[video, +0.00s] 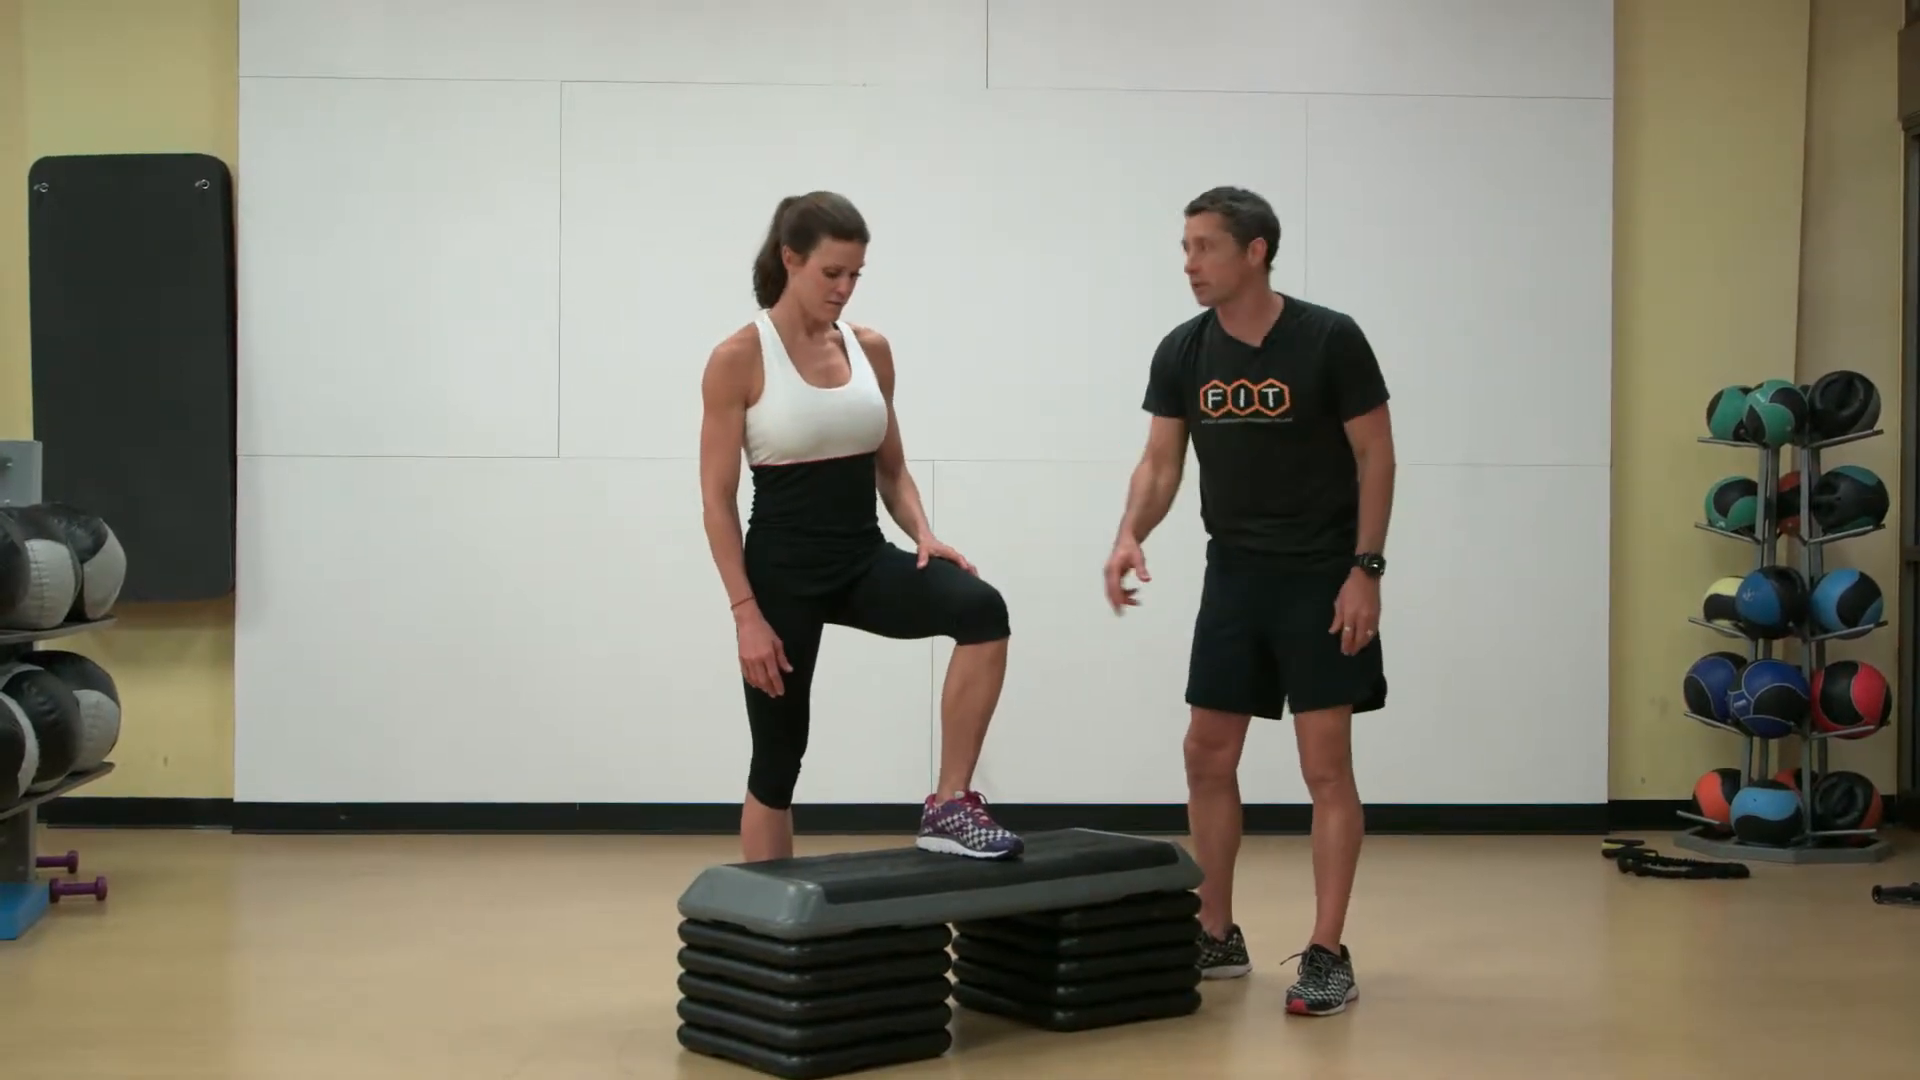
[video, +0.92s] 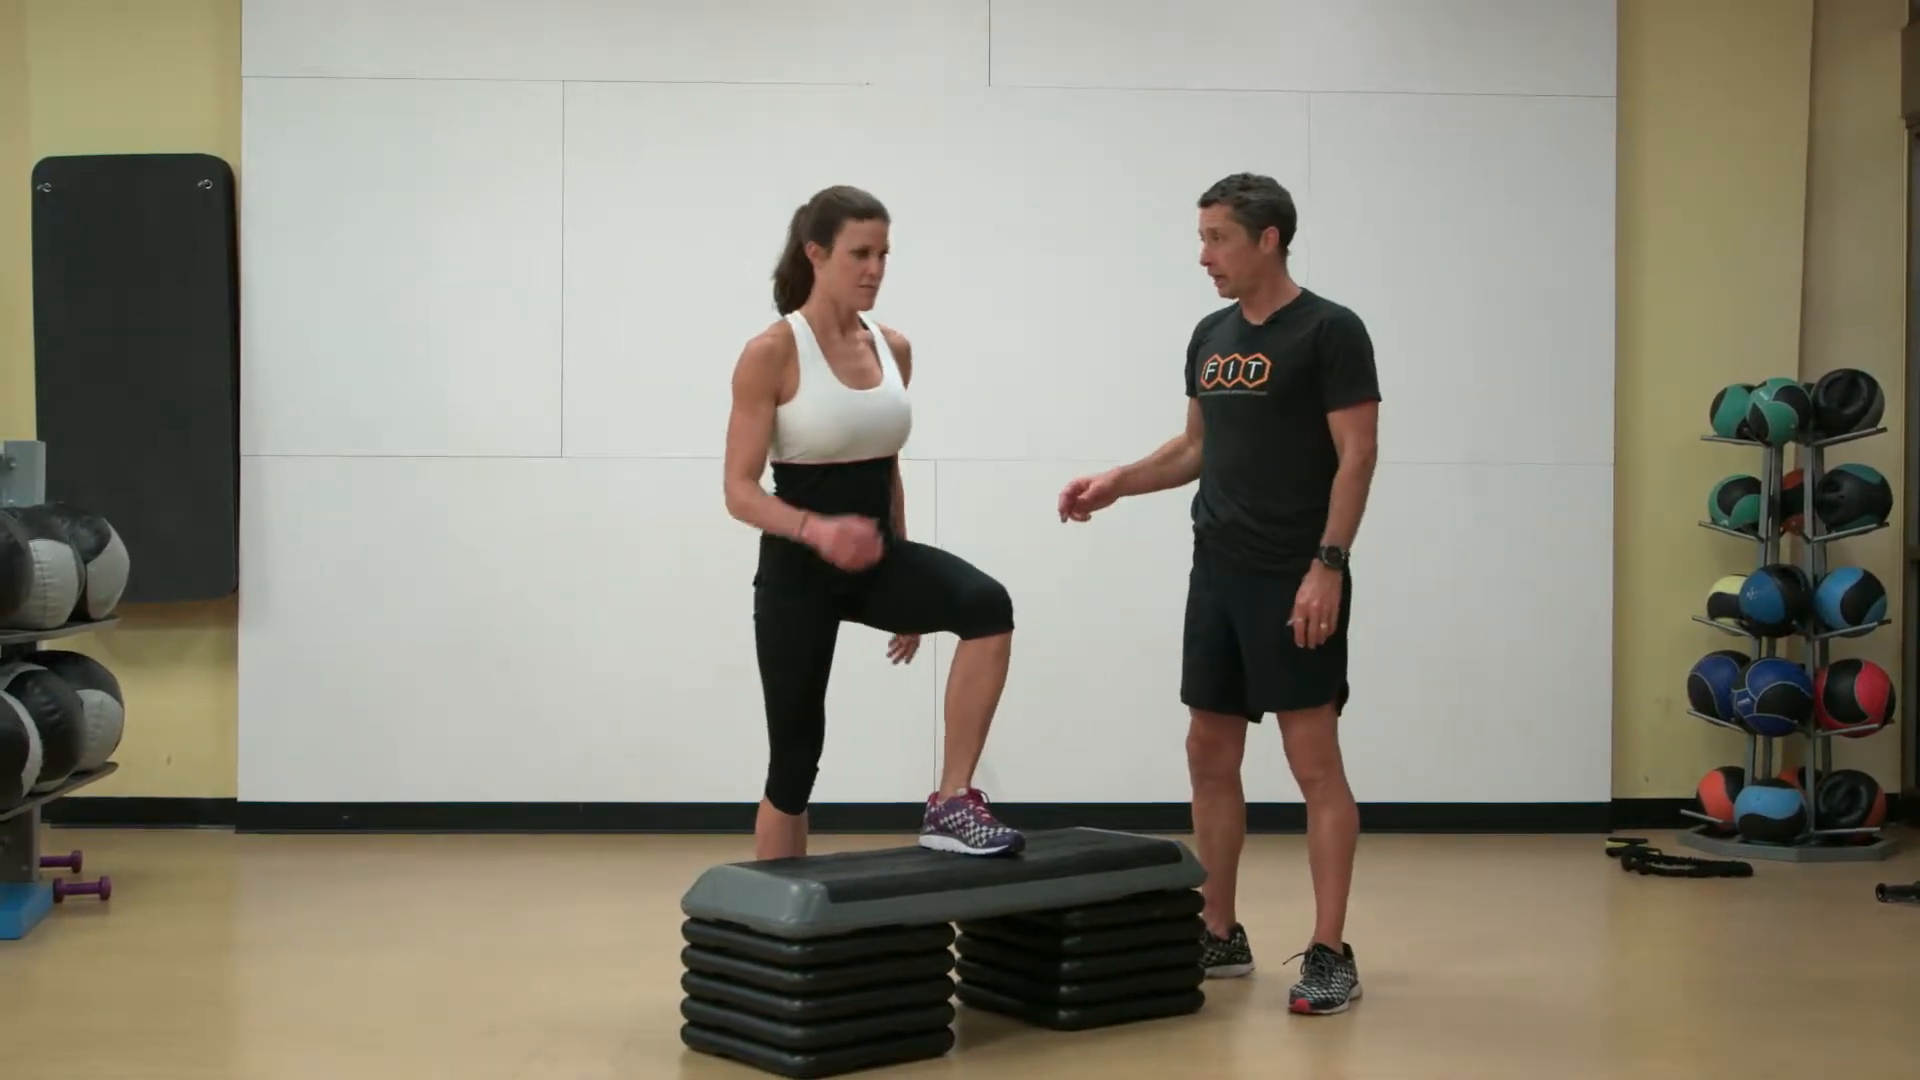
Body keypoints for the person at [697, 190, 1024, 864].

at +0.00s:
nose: (846, 288)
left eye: (855, 274)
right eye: (833, 272)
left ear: (861, 270)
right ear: (789, 261)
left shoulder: (869, 350)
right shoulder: (739, 360)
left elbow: (891, 468)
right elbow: (717, 500)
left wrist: (924, 535)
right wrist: (745, 613)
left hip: (861, 561)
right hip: (782, 570)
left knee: (982, 611)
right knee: (776, 766)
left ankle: (951, 803)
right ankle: (767, 932)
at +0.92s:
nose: (876, 267)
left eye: (882, 254)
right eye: (861, 253)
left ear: (885, 258)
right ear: (814, 254)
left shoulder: (891, 349)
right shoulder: (771, 355)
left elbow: (888, 470)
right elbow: (739, 493)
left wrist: (907, 593)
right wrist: (811, 527)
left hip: (877, 558)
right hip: (798, 569)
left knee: (986, 606)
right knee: (794, 765)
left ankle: (952, 800)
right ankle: (776, 934)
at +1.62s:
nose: (990, 57)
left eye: (997, 42)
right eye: (975, 40)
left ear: (1000, 53)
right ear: (928, 47)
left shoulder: (1018, 152)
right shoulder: (880, 140)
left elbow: (1099, 234)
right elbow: (810, 256)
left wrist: (1069, 133)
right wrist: (761, 367)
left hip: (968, 358)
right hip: (887, 349)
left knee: (963, 574)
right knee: (1022, 360)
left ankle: (958, 786)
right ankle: (929, 521)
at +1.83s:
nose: (987, 50)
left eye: (995, 36)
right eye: (971, 33)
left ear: (998, 46)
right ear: (925, 38)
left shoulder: (1015, 147)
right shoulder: (878, 133)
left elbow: (1108, 223)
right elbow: (808, 245)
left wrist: (1066, 126)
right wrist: (762, 353)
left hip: (968, 358)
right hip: (888, 343)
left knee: (955, 575)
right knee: (1017, 349)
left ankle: (930, 784)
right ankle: (910, 497)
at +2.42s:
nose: (961, 285)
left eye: (968, 271)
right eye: (946, 271)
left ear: (973, 277)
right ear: (901, 273)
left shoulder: (971, 380)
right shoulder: (852, 365)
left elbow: (950, 501)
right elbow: (828, 497)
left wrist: (941, 619)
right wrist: (909, 419)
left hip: (916, 571)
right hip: (839, 575)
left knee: (1002, 642)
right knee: (823, 776)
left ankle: (916, 809)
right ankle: (796, 940)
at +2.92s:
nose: (954, 306)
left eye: (959, 292)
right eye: (938, 292)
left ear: (963, 298)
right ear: (893, 299)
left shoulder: (963, 395)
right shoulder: (847, 386)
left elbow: (929, 510)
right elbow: (829, 514)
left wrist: (919, 622)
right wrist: (912, 438)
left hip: (914, 583)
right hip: (840, 590)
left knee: (1001, 648)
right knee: (829, 803)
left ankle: (942, 827)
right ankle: (794, 959)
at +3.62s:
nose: (994, 90)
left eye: (1002, 75)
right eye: (978, 73)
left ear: (1005, 86)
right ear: (932, 78)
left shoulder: (1020, 188)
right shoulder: (879, 173)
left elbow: (1104, 291)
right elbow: (803, 279)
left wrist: (1079, 187)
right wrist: (756, 388)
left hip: (966, 396)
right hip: (884, 381)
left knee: (971, 613)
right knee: (1018, 370)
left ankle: (972, 816)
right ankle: (917, 527)